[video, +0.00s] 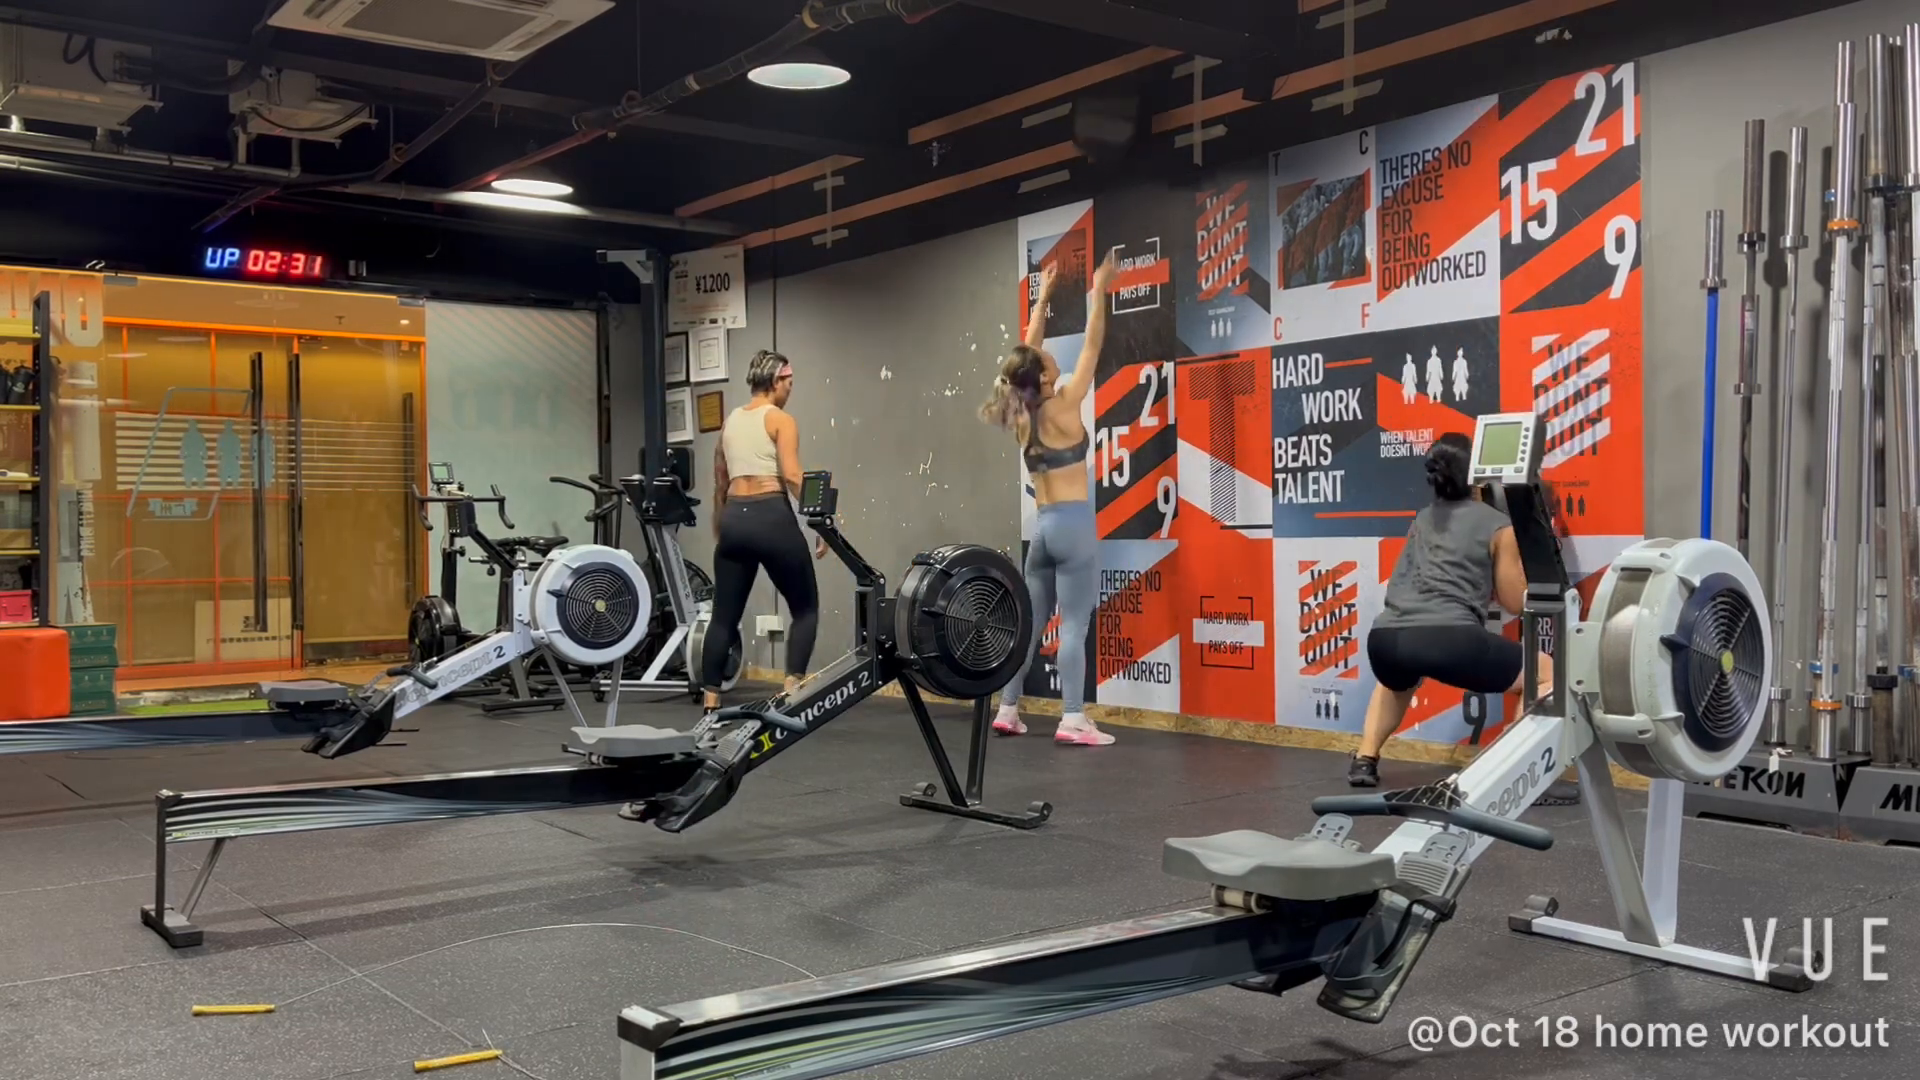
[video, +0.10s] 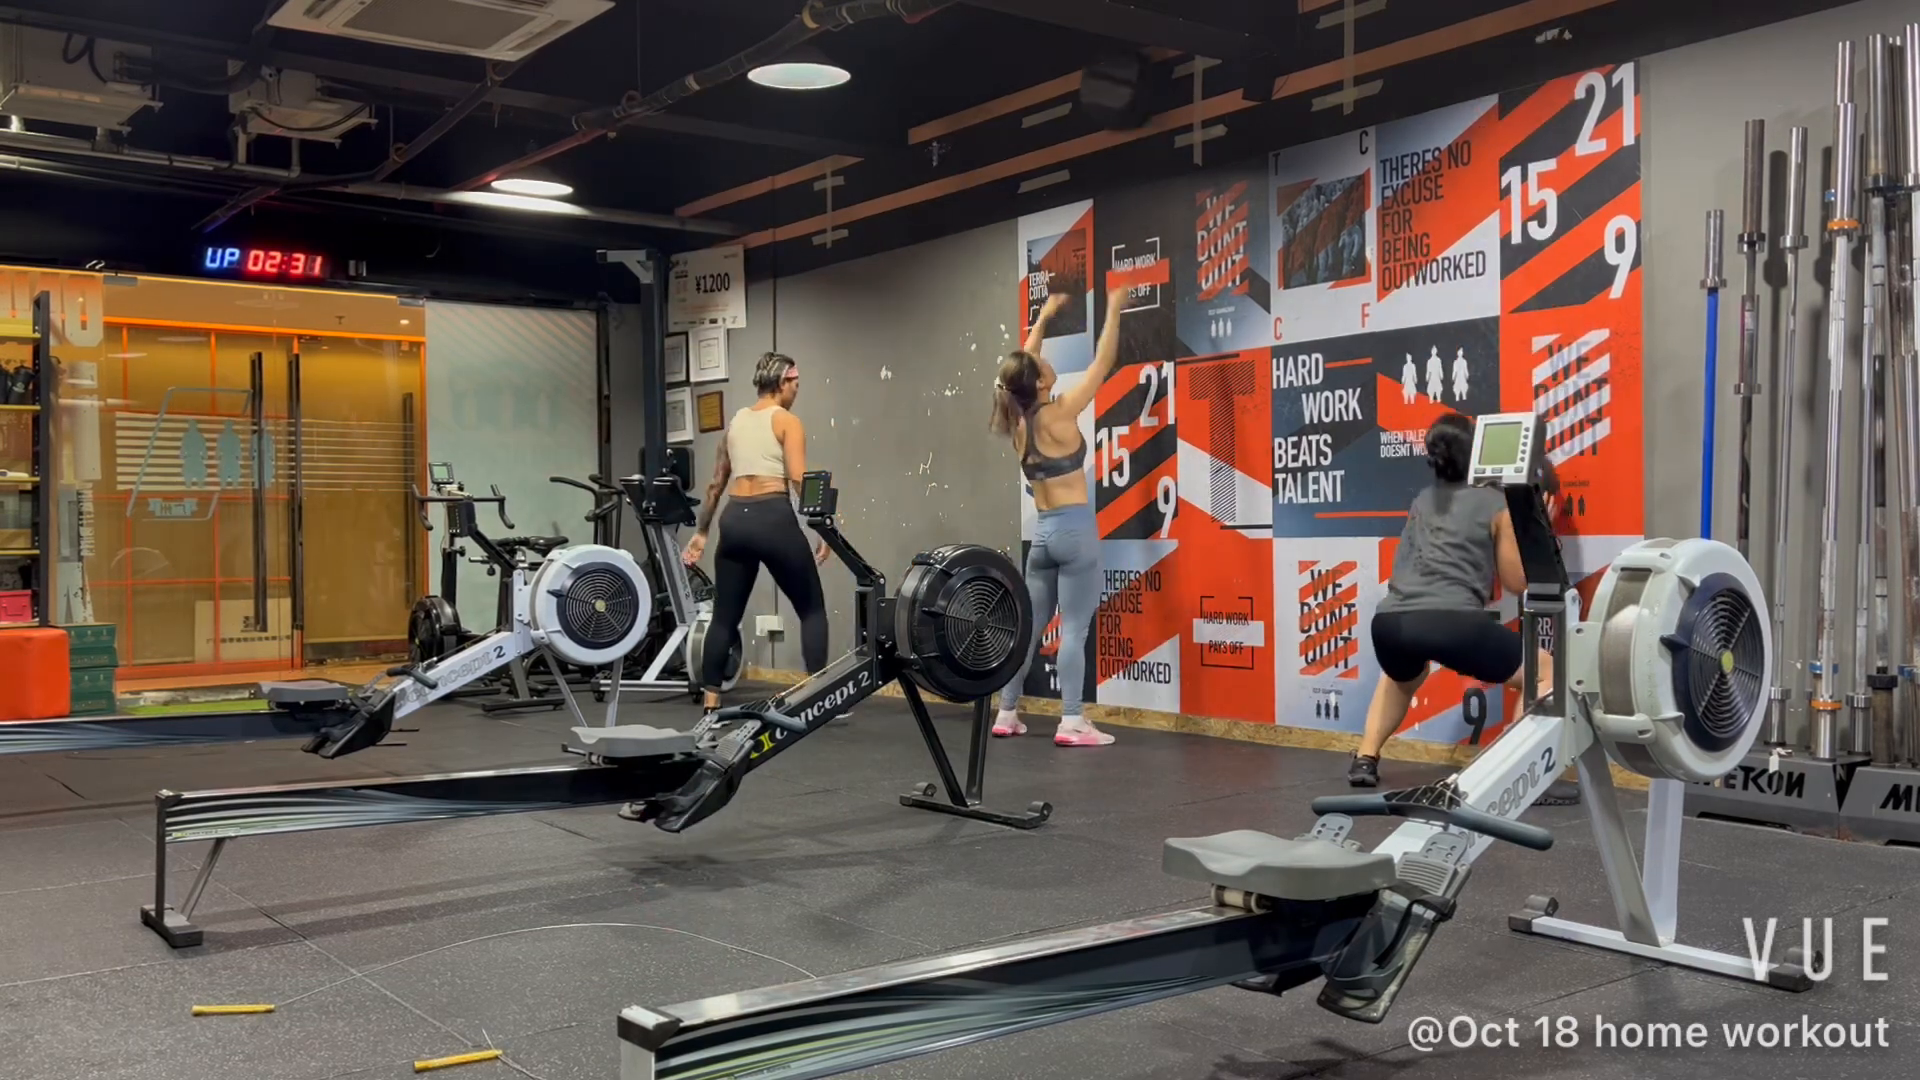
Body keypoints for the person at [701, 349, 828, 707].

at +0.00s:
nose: (790, 387)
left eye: (790, 380)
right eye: (788, 380)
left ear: (754, 382)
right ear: (775, 381)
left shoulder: (731, 423)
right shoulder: (781, 420)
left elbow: (722, 482)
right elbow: (792, 476)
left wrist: (721, 528)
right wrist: (823, 520)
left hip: (733, 517)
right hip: (773, 517)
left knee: (723, 618)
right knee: (805, 609)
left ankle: (710, 705)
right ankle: (792, 688)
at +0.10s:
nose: (797, 388)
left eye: (797, 381)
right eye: (794, 381)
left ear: (764, 384)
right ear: (781, 383)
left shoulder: (735, 423)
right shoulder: (787, 421)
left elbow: (716, 484)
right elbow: (798, 479)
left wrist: (701, 531)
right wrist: (826, 527)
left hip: (733, 522)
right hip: (775, 520)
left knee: (724, 617)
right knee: (811, 610)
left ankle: (711, 704)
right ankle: (818, 694)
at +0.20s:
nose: (812, 393)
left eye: (812, 386)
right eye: (809, 386)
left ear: (777, 387)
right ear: (797, 386)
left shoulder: (747, 423)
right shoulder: (799, 425)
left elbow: (718, 476)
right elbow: (811, 489)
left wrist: (696, 522)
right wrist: (837, 542)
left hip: (740, 521)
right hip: (783, 522)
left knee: (727, 618)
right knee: (814, 612)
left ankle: (710, 710)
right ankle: (844, 700)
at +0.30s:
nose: (834, 404)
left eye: (835, 396)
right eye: (832, 396)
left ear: (798, 396)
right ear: (818, 396)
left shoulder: (768, 425)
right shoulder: (821, 432)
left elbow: (730, 473)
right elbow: (834, 490)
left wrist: (705, 518)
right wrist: (858, 546)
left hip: (751, 523)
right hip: (794, 526)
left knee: (732, 618)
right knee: (821, 618)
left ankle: (710, 705)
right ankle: (849, 703)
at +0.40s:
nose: (864, 419)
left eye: (864, 412)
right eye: (862, 412)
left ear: (829, 409)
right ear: (850, 410)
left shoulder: (794, 434)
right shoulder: (845, 443)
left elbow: (751, 474)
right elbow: (858, 502)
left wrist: (724, 516)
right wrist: (884, 558)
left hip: (760, 522)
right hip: (801, 526)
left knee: (740, 619)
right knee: (831, 618)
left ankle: (713, 702)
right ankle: (849, 704)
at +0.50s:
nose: (889, 448)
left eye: (890, 441)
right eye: (888, 441)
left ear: (854, 432)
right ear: (876, 436)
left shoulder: (816, 447)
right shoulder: (865, 462)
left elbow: (770, 477)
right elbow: (883, 522)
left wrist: (742, 518)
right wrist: (909, 568)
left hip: (765, 524)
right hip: (807, 528)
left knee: (749, 619)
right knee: (834, 619)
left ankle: (719, 697)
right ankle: (850, 705)